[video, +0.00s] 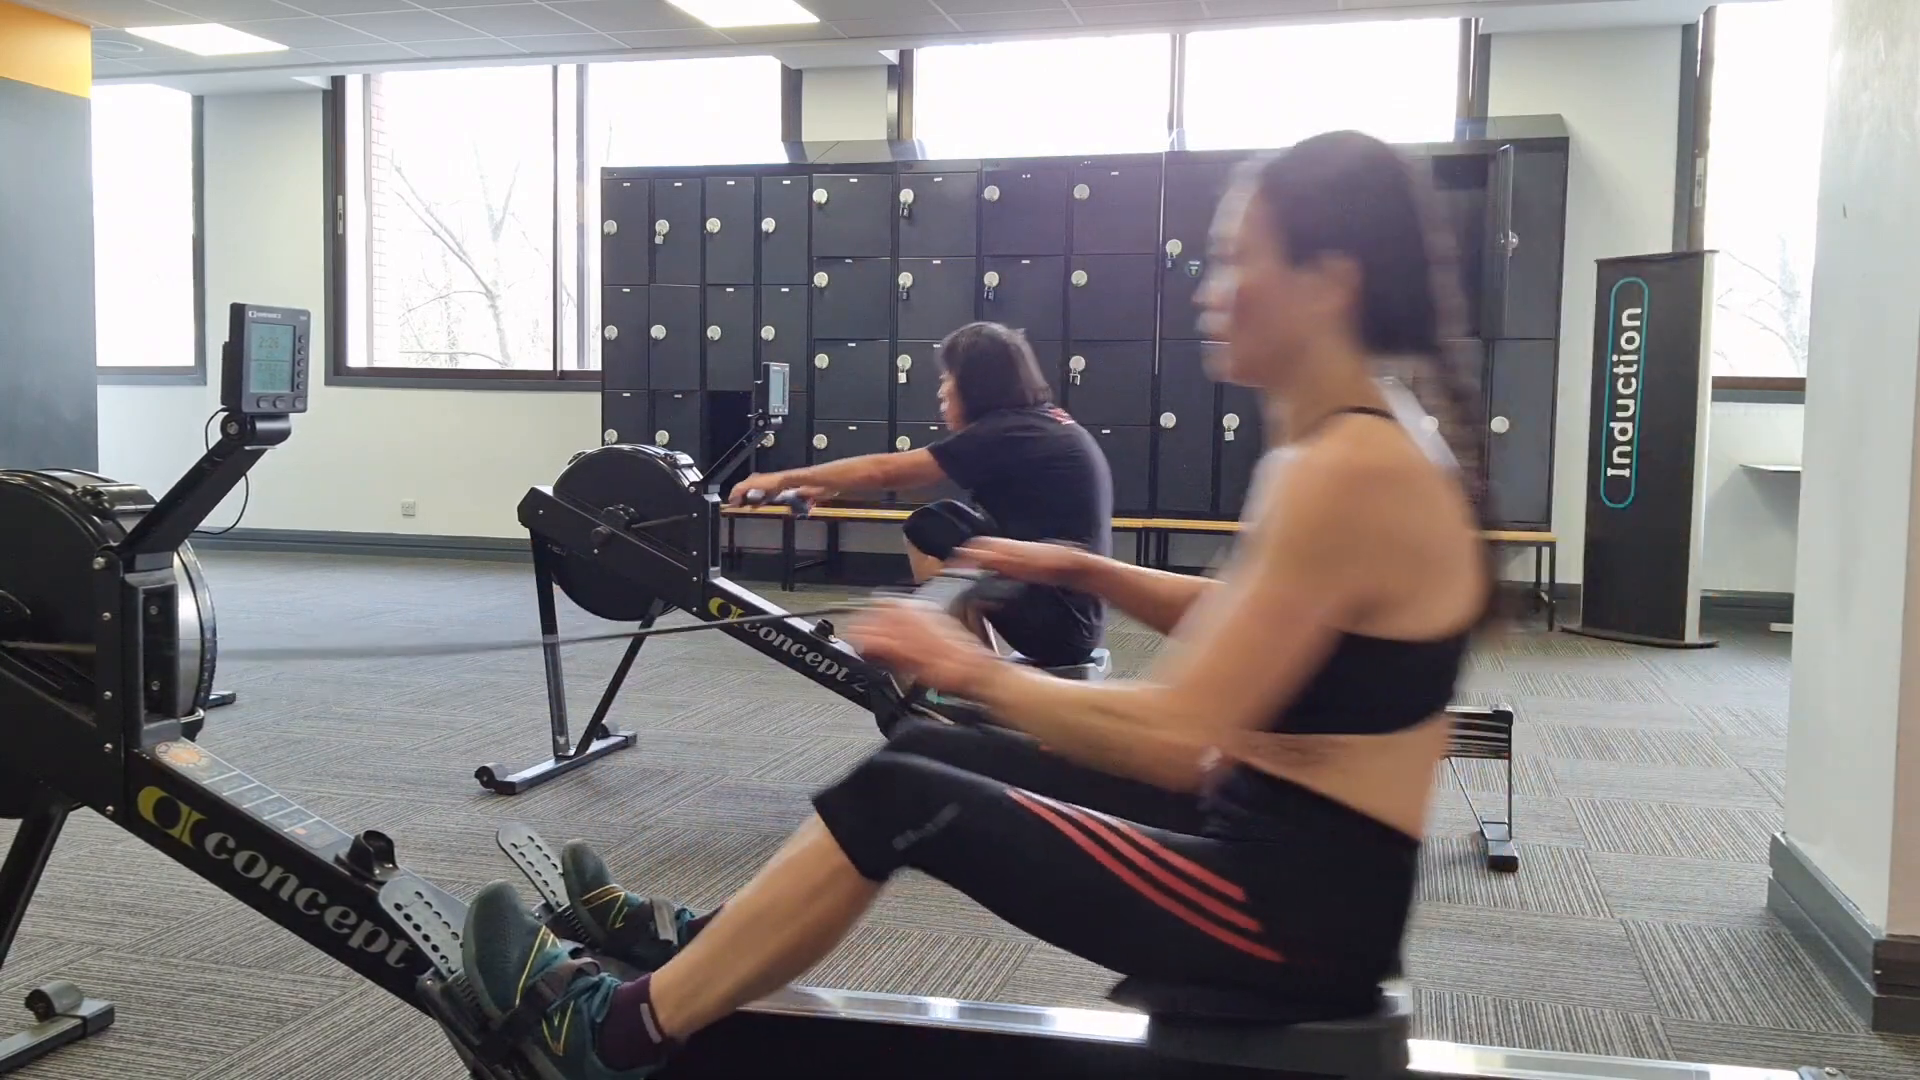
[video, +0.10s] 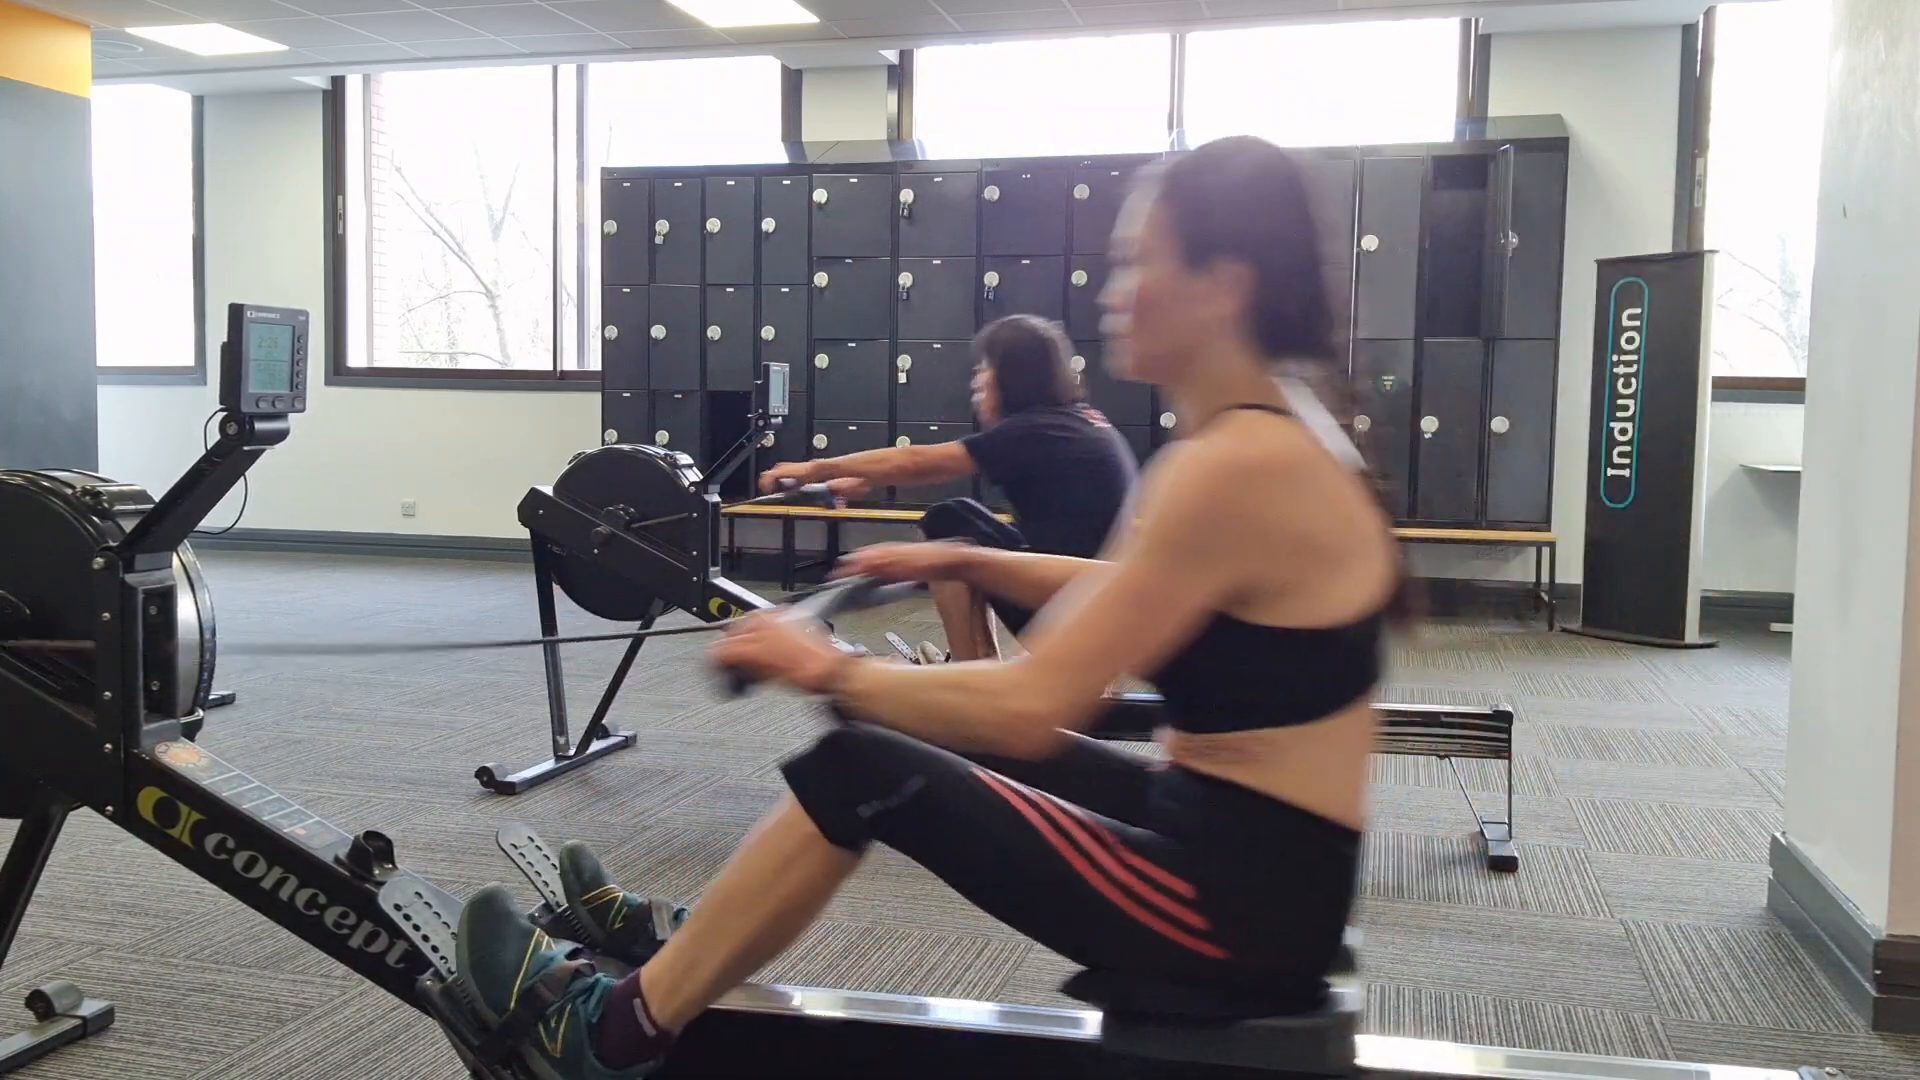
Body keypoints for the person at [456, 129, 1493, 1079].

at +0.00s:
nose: (1208, 296)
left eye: (1236, 263)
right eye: (1213, 266)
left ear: (1334, 280)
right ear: (1319, 284)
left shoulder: (1350, 469)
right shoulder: (1347, 453)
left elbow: (1179, 743)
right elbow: (1253, 628)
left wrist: (972, 669)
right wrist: (1084, 571)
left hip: (1290, 910)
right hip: (1273, 868)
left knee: (913, 786)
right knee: (923, 747)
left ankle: (640, 1025)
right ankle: (691, 975)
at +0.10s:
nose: (1114, 296)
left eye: (1138, 267)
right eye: (1120, 268)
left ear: (1227, 284)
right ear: (1221, 288)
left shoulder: (1234, 467)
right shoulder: (1255, 442)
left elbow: (1030, 710)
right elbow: (1155, 599)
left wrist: (833, 670)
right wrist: (966, 562)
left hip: (1240, 895)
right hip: (1231, 845)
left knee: (866, 769)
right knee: (878, 748)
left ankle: (634, 1022)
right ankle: (667, 988)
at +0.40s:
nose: (846, 316)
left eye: (866, 290)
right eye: (853, 290)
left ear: (941, 315)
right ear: (939, 317)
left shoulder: (939, 480)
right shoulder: (1027, 437)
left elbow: (683, 659)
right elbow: (779, 606)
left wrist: (492, 745)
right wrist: (658, 639)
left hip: (1041, 901)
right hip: (1094, 868)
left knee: (728, 701)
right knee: (788, 655)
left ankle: (614, 1015)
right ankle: (692, 948)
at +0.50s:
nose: (773, 328)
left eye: (789, 303)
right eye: (780, 303)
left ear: (859, 327)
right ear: (871, 330)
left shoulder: (855, 481)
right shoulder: (966, 451)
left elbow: (578, 665)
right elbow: (1099, 607)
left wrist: (404, 762)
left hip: (983, 904)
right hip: (1054, 878)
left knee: (690, 679)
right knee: (752, 642)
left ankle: (607, 1011)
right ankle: (690, 947)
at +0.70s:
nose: (668, 345)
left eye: (684, 323)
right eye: (678, 320)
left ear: (749, 353)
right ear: (790, 360)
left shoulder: (749, 496)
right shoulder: (891, 468)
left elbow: (462, 640)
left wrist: (265, 725)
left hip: (923, 889)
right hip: (1006, 871)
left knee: (643, 656)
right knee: (716, 641)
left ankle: (607, 1006)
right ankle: (686, 930)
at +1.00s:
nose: (812, 314)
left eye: (832, 290)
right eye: (820, 288)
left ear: (906, 319)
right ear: (922, 321)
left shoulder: (883, 473)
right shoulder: (1005, 443)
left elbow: (602, 583)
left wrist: (411, 649)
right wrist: (672, 575)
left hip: (1005, 891)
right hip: (1076, 870)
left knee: (716, 661)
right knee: (765, 643)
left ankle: (605, 998)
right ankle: (684, 949)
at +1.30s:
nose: (1152, 285)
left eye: (1183, 261)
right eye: (1161, 257)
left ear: (1274, 290)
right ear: (1269, 293)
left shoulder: (1230, 465)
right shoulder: (1325, 440)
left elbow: (949, 598)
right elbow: (1024, 549)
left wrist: (726, 653)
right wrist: (840, 570)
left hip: (1273, 889)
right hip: (1309, 847)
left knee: (896, 786)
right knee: (917, 740)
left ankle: (624, 1022)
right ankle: (680, 967)